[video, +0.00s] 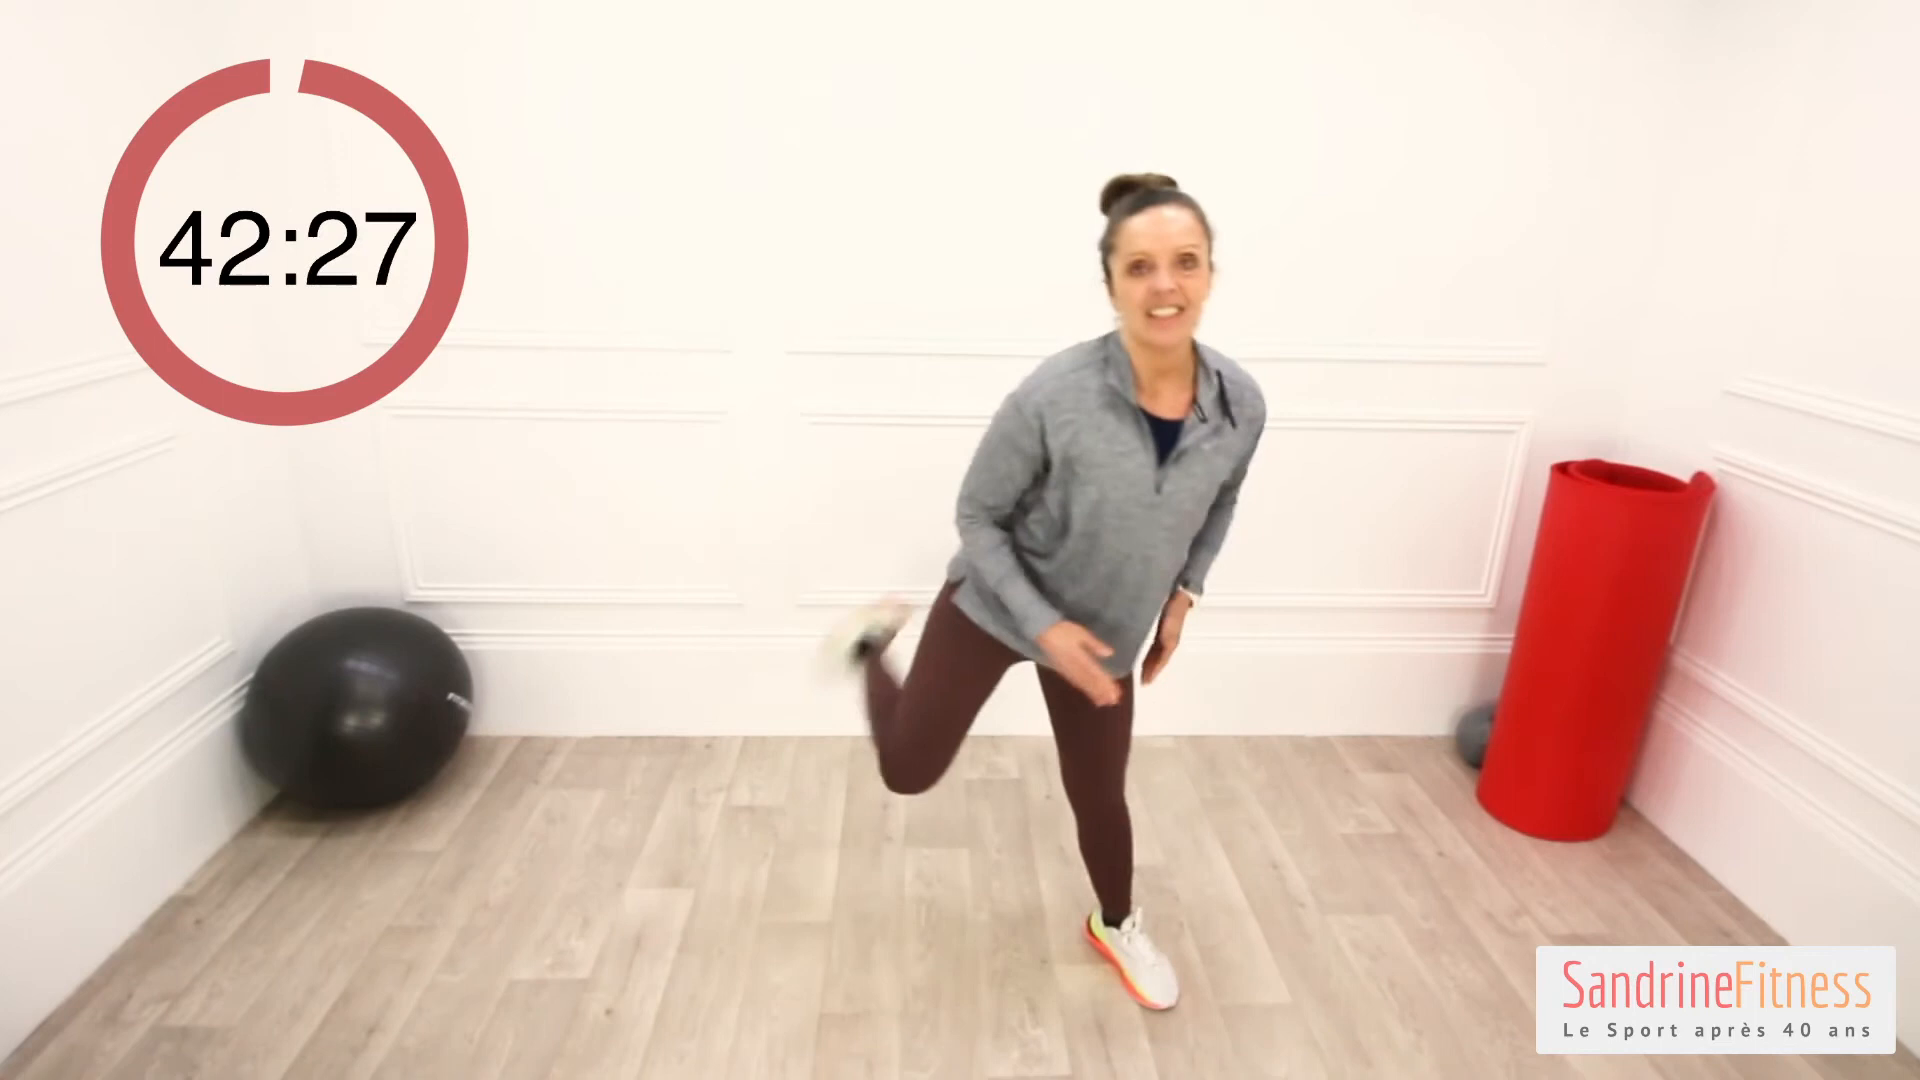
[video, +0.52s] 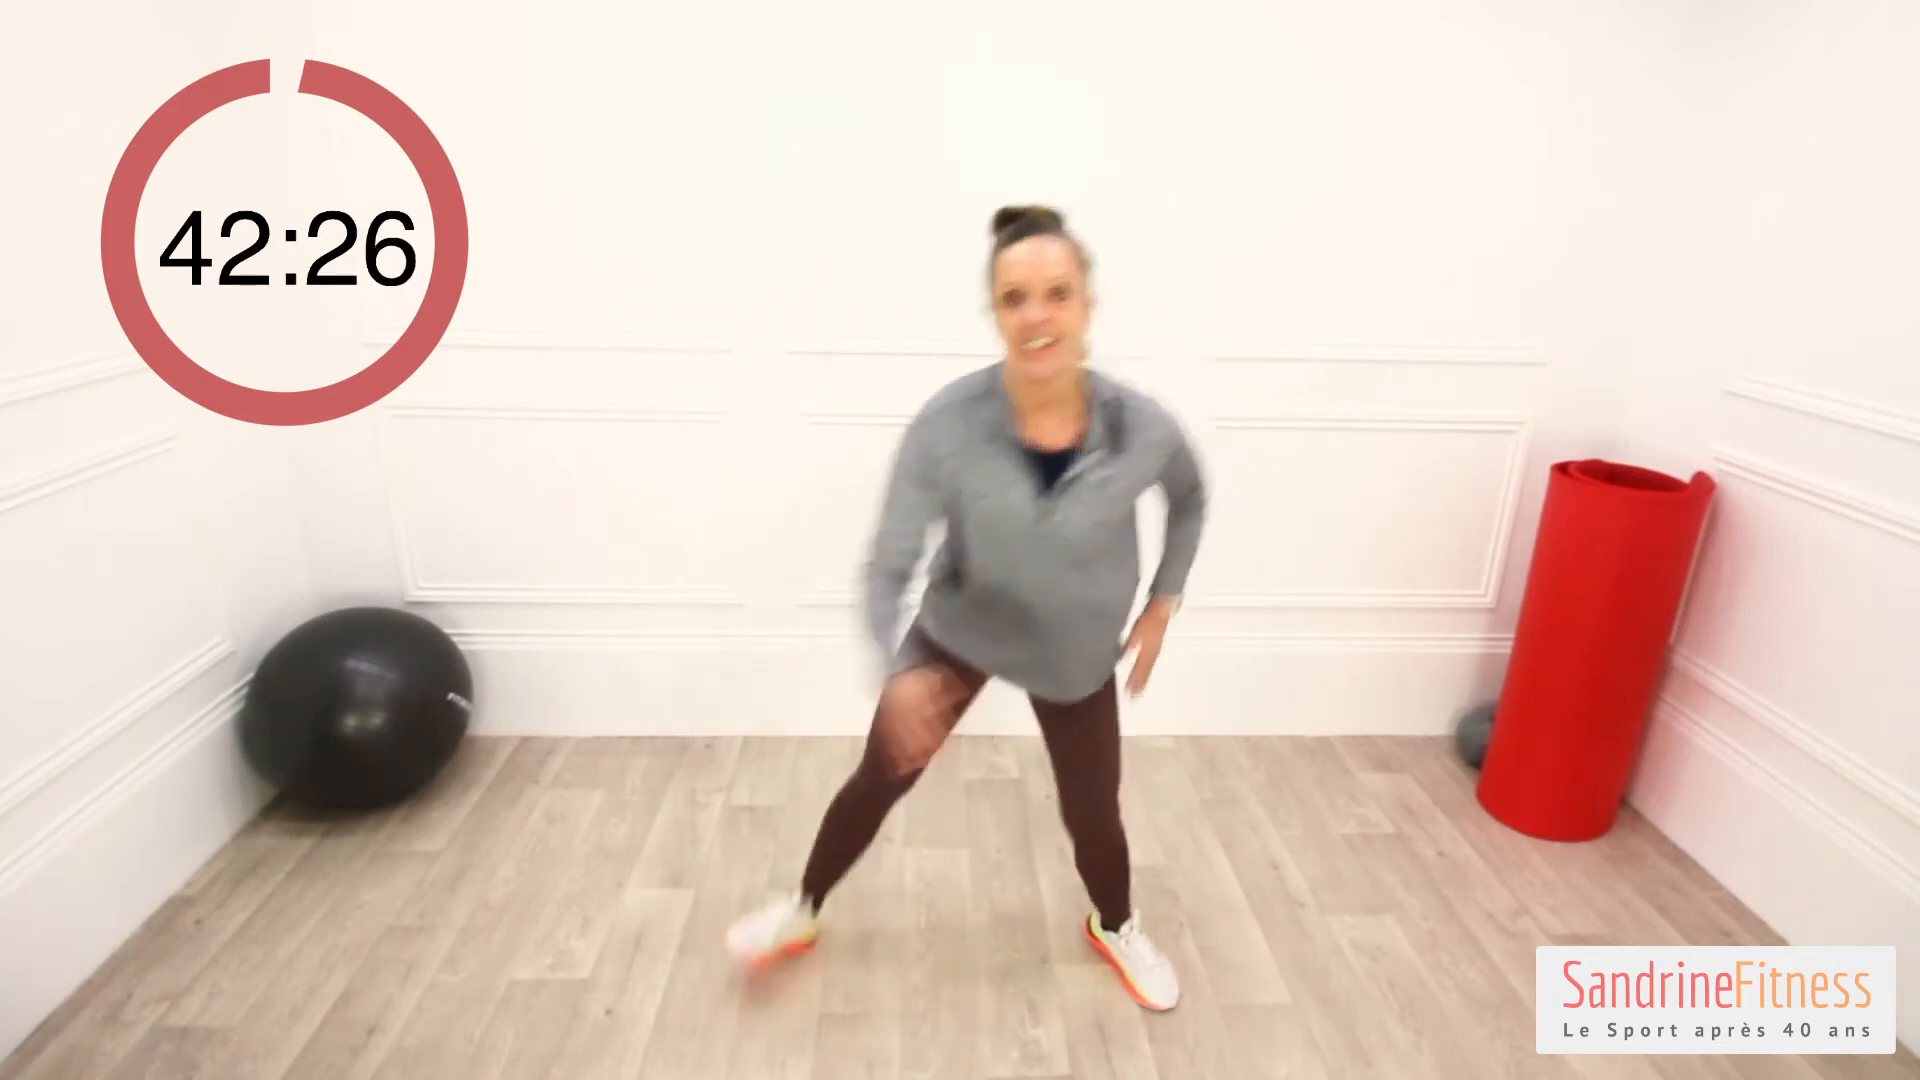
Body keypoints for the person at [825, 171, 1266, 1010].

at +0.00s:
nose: (1167, 288)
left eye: (1186, 263)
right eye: (1141, 269)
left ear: (1211, 275)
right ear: (1111, 287)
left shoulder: (1238, 407)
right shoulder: (1052, 398)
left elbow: (1219, 509)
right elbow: (977, 521)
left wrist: (1183, 594)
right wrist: (1046, 628)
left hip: (1107, 632)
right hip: (999, 604)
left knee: (1101, 795)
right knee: (909, 769)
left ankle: (1115, 924)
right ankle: (875, 644)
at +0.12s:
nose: (1172, 311)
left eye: (1193, 288)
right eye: (1148, 292)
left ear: (1218, 302)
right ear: (1118, 309)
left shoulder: (1239, 421)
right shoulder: (1060, 422)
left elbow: (1196, 521)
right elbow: (996, 561)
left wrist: (1176, 601)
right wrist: (1086, 647)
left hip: (1121, 643)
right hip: (1017, 616)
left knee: (1115, 809)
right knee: (922, 780)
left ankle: (1117, 926)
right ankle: (963, 600)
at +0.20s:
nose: (1162, 314)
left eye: (1184, 291)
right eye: (1138, 295)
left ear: (1210, 305)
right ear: (1110, 311)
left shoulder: (1234, 424)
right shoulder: (1055, 424)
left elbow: (1207, 520)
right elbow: (1003, 572)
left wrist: (1180, 595)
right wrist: (1104, 643)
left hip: (1113, 646)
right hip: (1014, 619)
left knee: (1112, 810)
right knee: (929, 788)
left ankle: (1116, 927)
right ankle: (956, 617)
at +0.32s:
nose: (1130, 291)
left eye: (1151, 268)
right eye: (1106, 273)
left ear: (1179, 282)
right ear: (1079, 290)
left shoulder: (1220, 405)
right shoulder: (1030, 402)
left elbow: (1221, 482)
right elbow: (983, 558)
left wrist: (1190, 566)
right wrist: (1077, 621)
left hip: (1102, 629)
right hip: (999, 601)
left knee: (1103, 794)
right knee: (911, 766)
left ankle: (1115, 925)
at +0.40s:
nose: (1090, 293)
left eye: (1111, 271)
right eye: (1067, 275)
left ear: (1141, 285)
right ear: (1043, 292)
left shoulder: (1187, 403)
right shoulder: (996, 402)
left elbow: (1218, 468)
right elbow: (949, 551)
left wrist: (1185, 564)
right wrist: (1013, 633)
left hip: (1097, 627)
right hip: (984, 607)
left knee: (1100, 798)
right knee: (895, 754)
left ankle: (1116, 925)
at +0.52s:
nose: (1037, 318)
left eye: (1057, 295)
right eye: (1015, 299)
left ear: (1089, 306)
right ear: (994, 315)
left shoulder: (1142, 428)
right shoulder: (947, 428)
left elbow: (1190, 499)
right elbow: (888, 567)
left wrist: (1164, 598)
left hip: (1078, 639)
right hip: (964, 624)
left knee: (1094, 810)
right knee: (887, 770)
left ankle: (1116, 927)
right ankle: (803, 908)